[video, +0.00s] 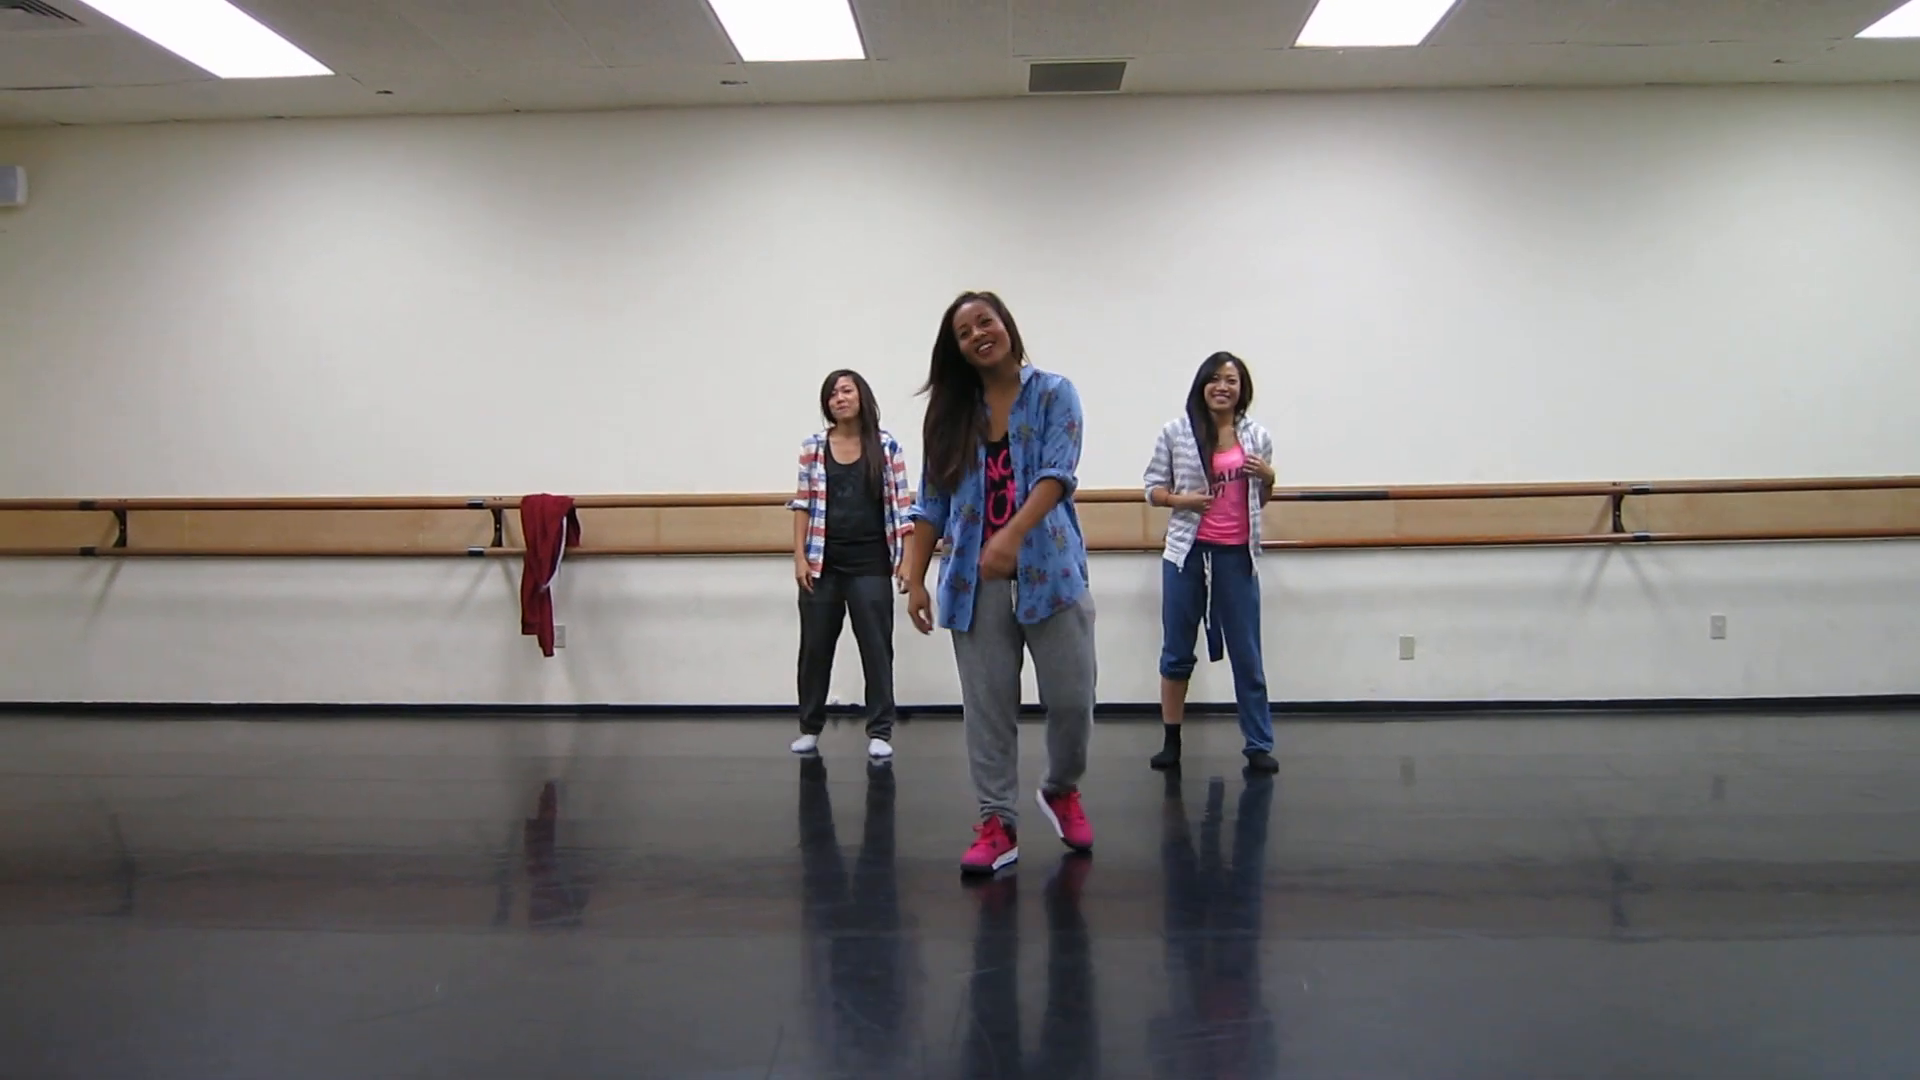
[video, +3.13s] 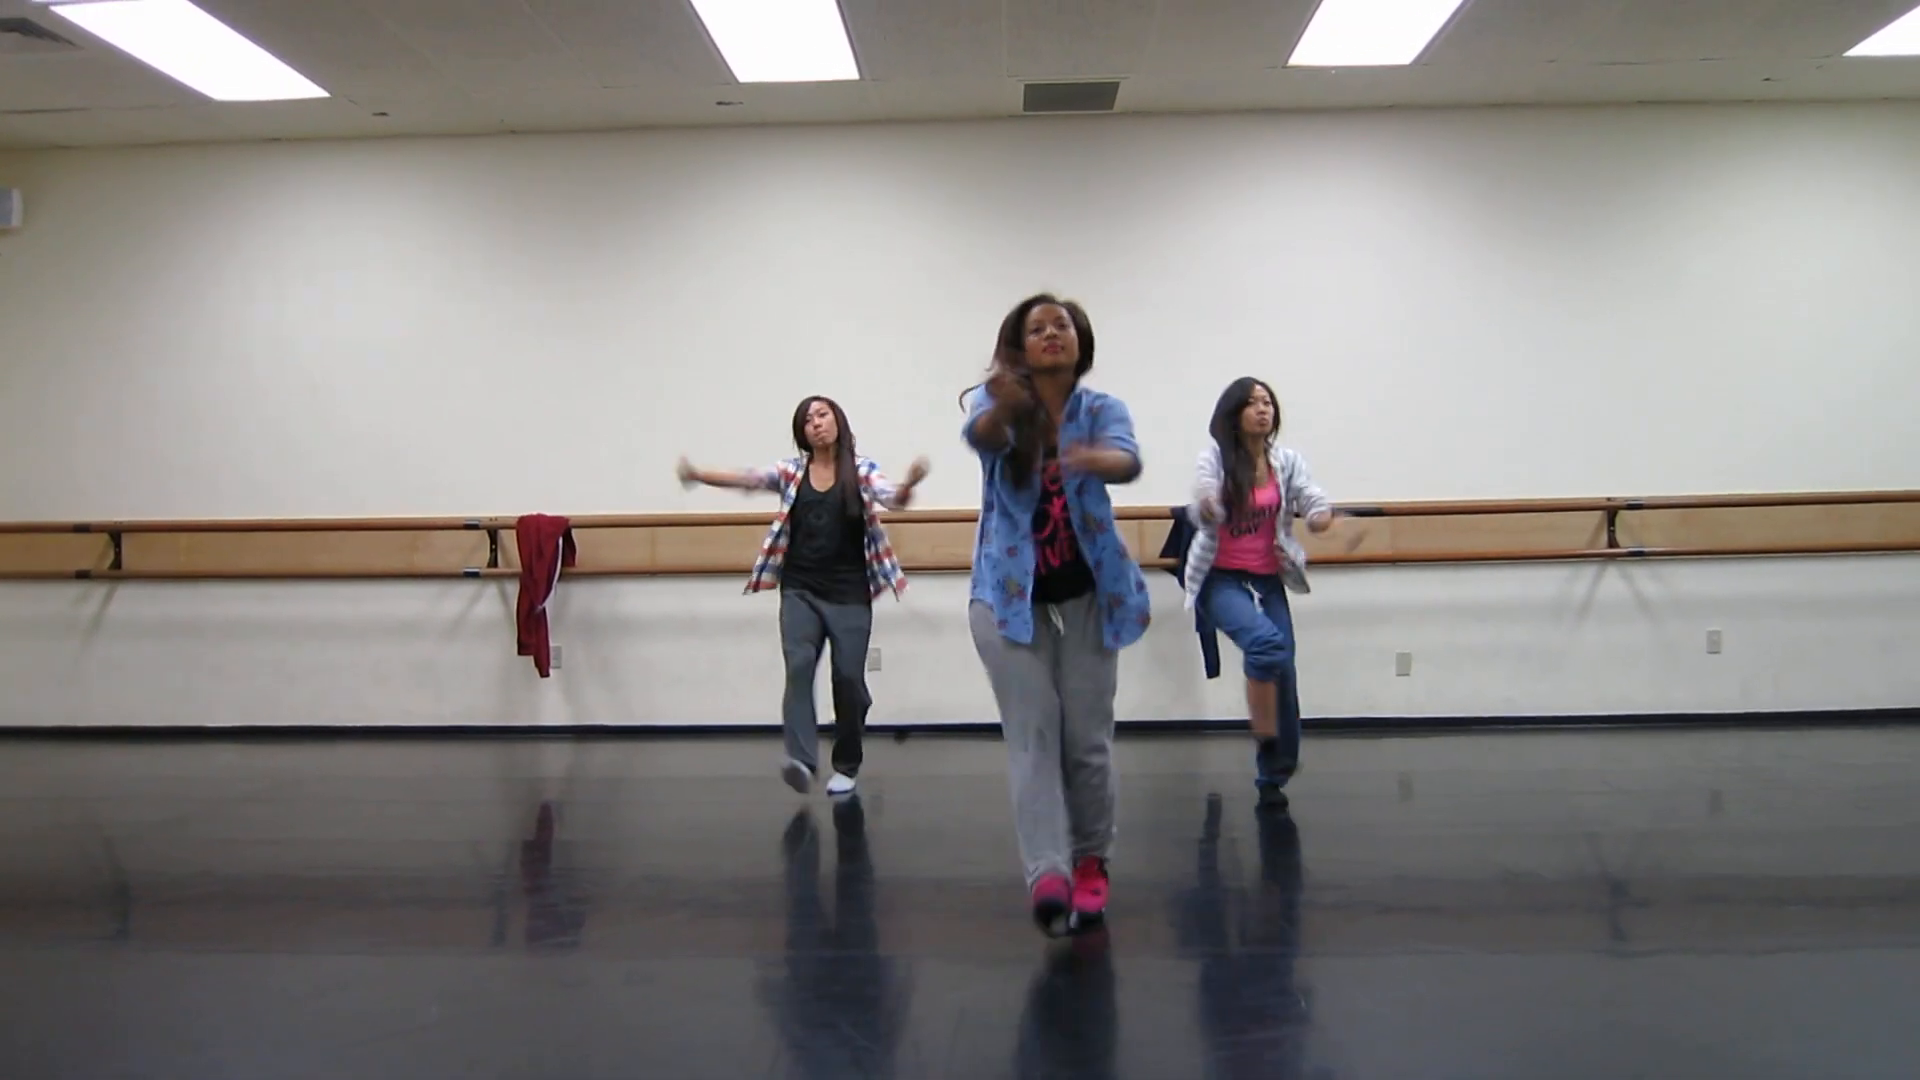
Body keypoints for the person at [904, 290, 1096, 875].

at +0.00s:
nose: (980, 333)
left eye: (986, 320)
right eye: (966, 330)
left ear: (1009, 326)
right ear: (958, 349)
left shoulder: (1053, 391)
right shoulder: (951, 413)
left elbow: (1056, 477)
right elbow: (931, 500)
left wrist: (1011, 535)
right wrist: (915, 579)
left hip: (1051, 574)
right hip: (976, 580)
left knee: (1073, 700)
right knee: (987, 707)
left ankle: (1061, 789)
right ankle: (997, 823)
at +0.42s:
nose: (1052, 350)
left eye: (1061, 338)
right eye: (1039, 342)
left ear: (1079, 344)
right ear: (1024, 352)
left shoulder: (1110, 413)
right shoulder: (1001, 416)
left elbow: (1131, 496)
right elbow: (987, 502)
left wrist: (1077, 531)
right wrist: (1002, 569)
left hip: (1087, 584)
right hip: (1018, 585)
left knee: (1079, 707)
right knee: (1012, 711)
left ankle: (1077, 808)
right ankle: (1001, 823)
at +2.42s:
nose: (1051, 327)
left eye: (1062, 318)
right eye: (1039, 318)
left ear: (1081, 332)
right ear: (1021, 333)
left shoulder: (1106, 414)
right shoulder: (985, 406)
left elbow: (1131, 505)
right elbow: (955, 498)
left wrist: (1088, 542)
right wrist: (961, 576)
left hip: (1074, 598)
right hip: (1001, 600)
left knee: (1072, 729)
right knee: (1019, 730)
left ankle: (1086, 854)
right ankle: (1030, 841)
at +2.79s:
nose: (1074, 315)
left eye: (1084, 306)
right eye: (1061, 308)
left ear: (1104, 324)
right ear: (1043, 327)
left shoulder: (1134, 408)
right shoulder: (1007, 397)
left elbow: (1184, 470)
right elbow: (938, 462)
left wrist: (1175, 497)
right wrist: (942, 520)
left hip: (1096, 597)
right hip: (1017, 596)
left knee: (1076, 734)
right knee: (1020, 731)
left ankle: (1086, 859)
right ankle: (1011, 800)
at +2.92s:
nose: (1068, 329)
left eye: (1078, 321)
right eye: (1055, 324)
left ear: (1097, 339)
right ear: (1038, 344)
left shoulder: (1130, 420)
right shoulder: (1003, 413)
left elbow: (1193, 485)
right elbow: (941, 473)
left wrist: (1205, 422)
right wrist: (931, 427)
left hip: (1098, 612)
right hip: (1021, 612)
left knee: (1087, 746)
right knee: (1017, 749)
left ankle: (1083, 863)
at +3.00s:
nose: (1059, 321)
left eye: (1070, 312)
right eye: (1046, 315)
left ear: (1090, 330)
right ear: (1028, 335)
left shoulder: (1119, 408)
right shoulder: (996, 405)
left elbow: (1171, 481)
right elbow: (945, 476)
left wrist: (1228, 434)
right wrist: (910, 411)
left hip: (1096, 601)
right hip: (1017, 603)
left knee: (1090, 741)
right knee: (1032, 732)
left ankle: (1088, 863)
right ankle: (996, 725)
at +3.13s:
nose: (1050, 335)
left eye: (1061, 325)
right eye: (1036, 329)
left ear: (1081, 341)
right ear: (1016, 348)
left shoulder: (1102, 409)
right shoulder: (990, 403)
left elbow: (1128, 464)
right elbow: (980, 436)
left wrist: (1092, 460)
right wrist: (1005, 406)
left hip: (1087, 597)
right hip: (1010, 600)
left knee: (1086, 740)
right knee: (1033, 733)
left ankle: (1091, 863)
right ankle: (1047, 873)